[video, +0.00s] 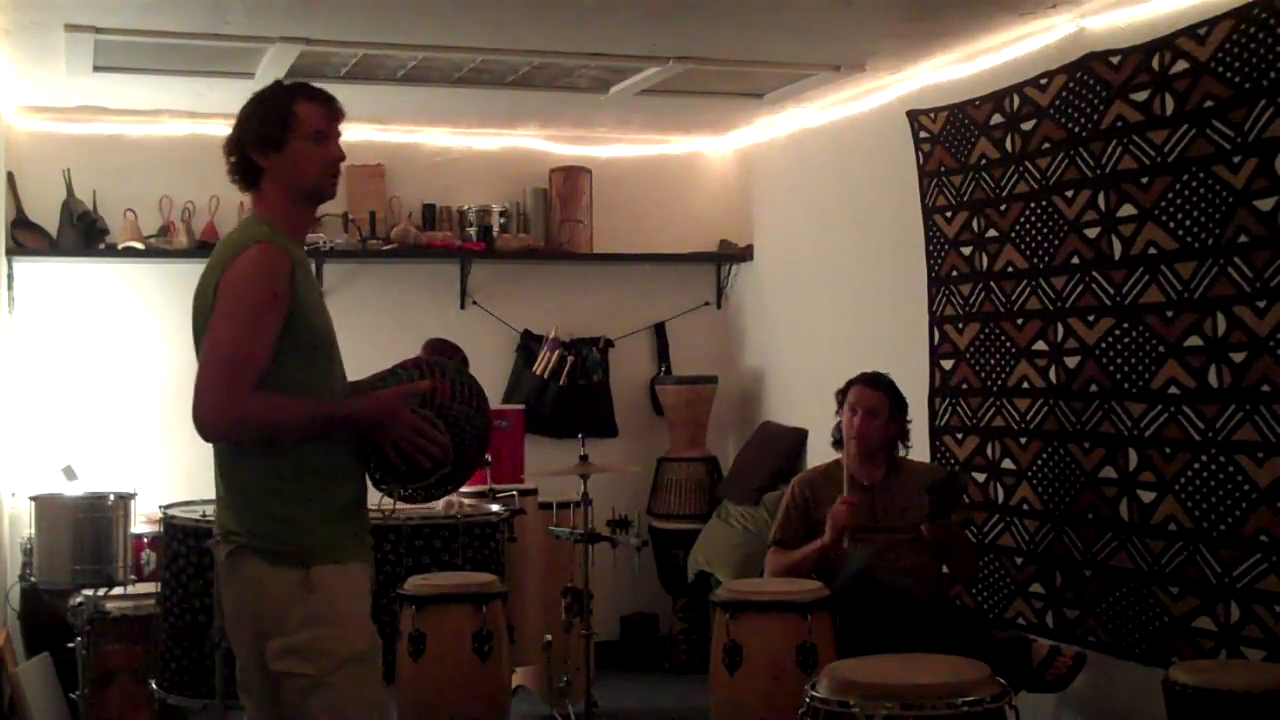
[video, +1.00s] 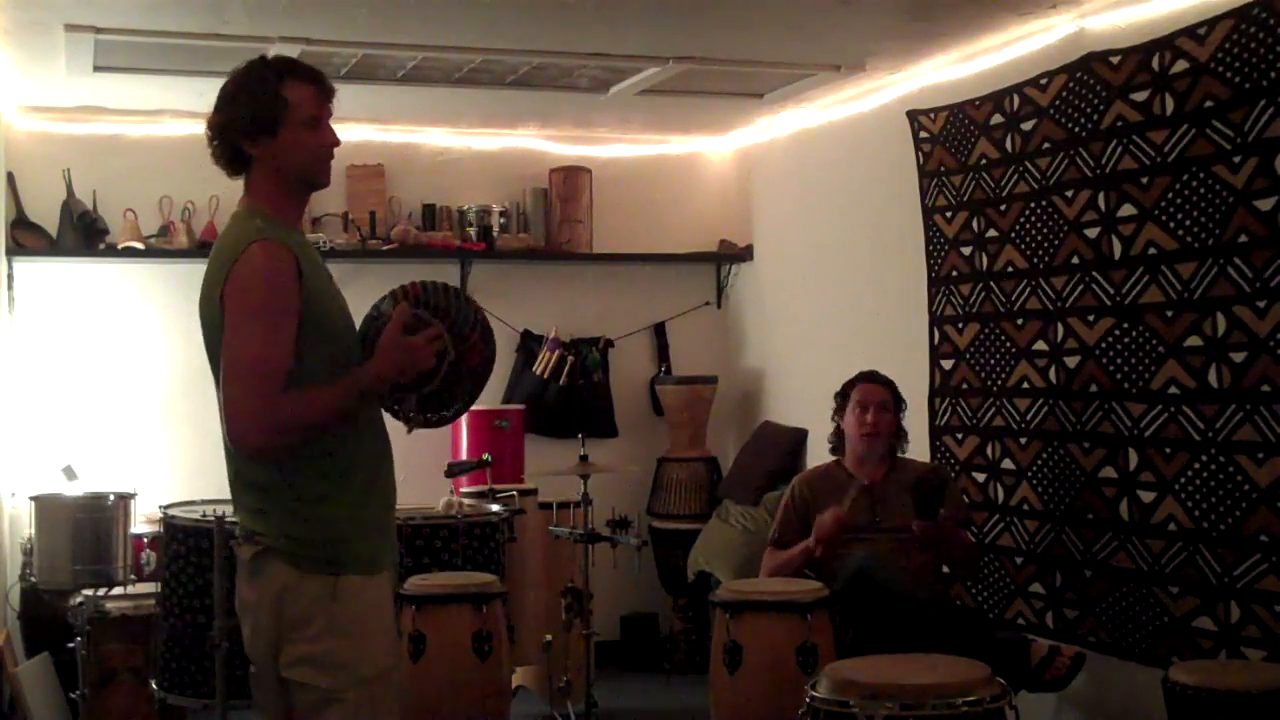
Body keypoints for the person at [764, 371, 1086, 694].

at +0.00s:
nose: (857, 422)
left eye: (871, 414)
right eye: (851, 410)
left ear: (896, 426)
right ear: (840, 417)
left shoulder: (929, 481)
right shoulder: (809, 487)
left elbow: (968, 568)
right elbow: (773, 571)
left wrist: (948, 539)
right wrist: (826, 539)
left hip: (921, 605)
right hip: (841, 612)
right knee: (861, 574)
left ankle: (1017, 660)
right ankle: (1014, 649)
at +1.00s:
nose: (871, 419)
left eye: (883, 410)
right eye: (861, 409)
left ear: (898, 423)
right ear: (841, 420)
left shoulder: (928, 481)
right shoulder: (809, 487)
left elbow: (969, 565)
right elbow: (769, 573)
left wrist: (943, 543)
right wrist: (812, 543)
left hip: (920, 605)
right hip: (839, 613)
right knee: (866, 571)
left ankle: (1020, 664)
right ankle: (1015, 648)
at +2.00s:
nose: (912, 410)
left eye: (923, 401)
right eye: (901, 397)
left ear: (933, 413)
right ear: (875, 405)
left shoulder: (955, 475)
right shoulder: (833, 470)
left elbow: (982, 566)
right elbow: (783, 554)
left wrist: (959, 539)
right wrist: (836, 536)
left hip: (933, 612)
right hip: (853, 613)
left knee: (1018, 645)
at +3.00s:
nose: (968, 450)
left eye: (979, 439)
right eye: (956, 437)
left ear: (992, 445)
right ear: (929, 438)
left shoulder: (1008, 500)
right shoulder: (883, 492)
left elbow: (1008, 588)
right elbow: (831, 575)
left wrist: (991, 612)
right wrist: (871, 578)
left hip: (966, 624)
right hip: (889, 619)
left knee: (1021, 648)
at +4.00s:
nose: (1002, 473)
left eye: (1007, 462)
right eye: (992, 459)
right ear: (956, 448)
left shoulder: (1010, 504)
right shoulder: (888, 492)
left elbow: (1005, 595)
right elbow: (835, 577)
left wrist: (992, 615)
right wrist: (877, 583)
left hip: (961, 620)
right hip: (887, 616)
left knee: (1018, 649)